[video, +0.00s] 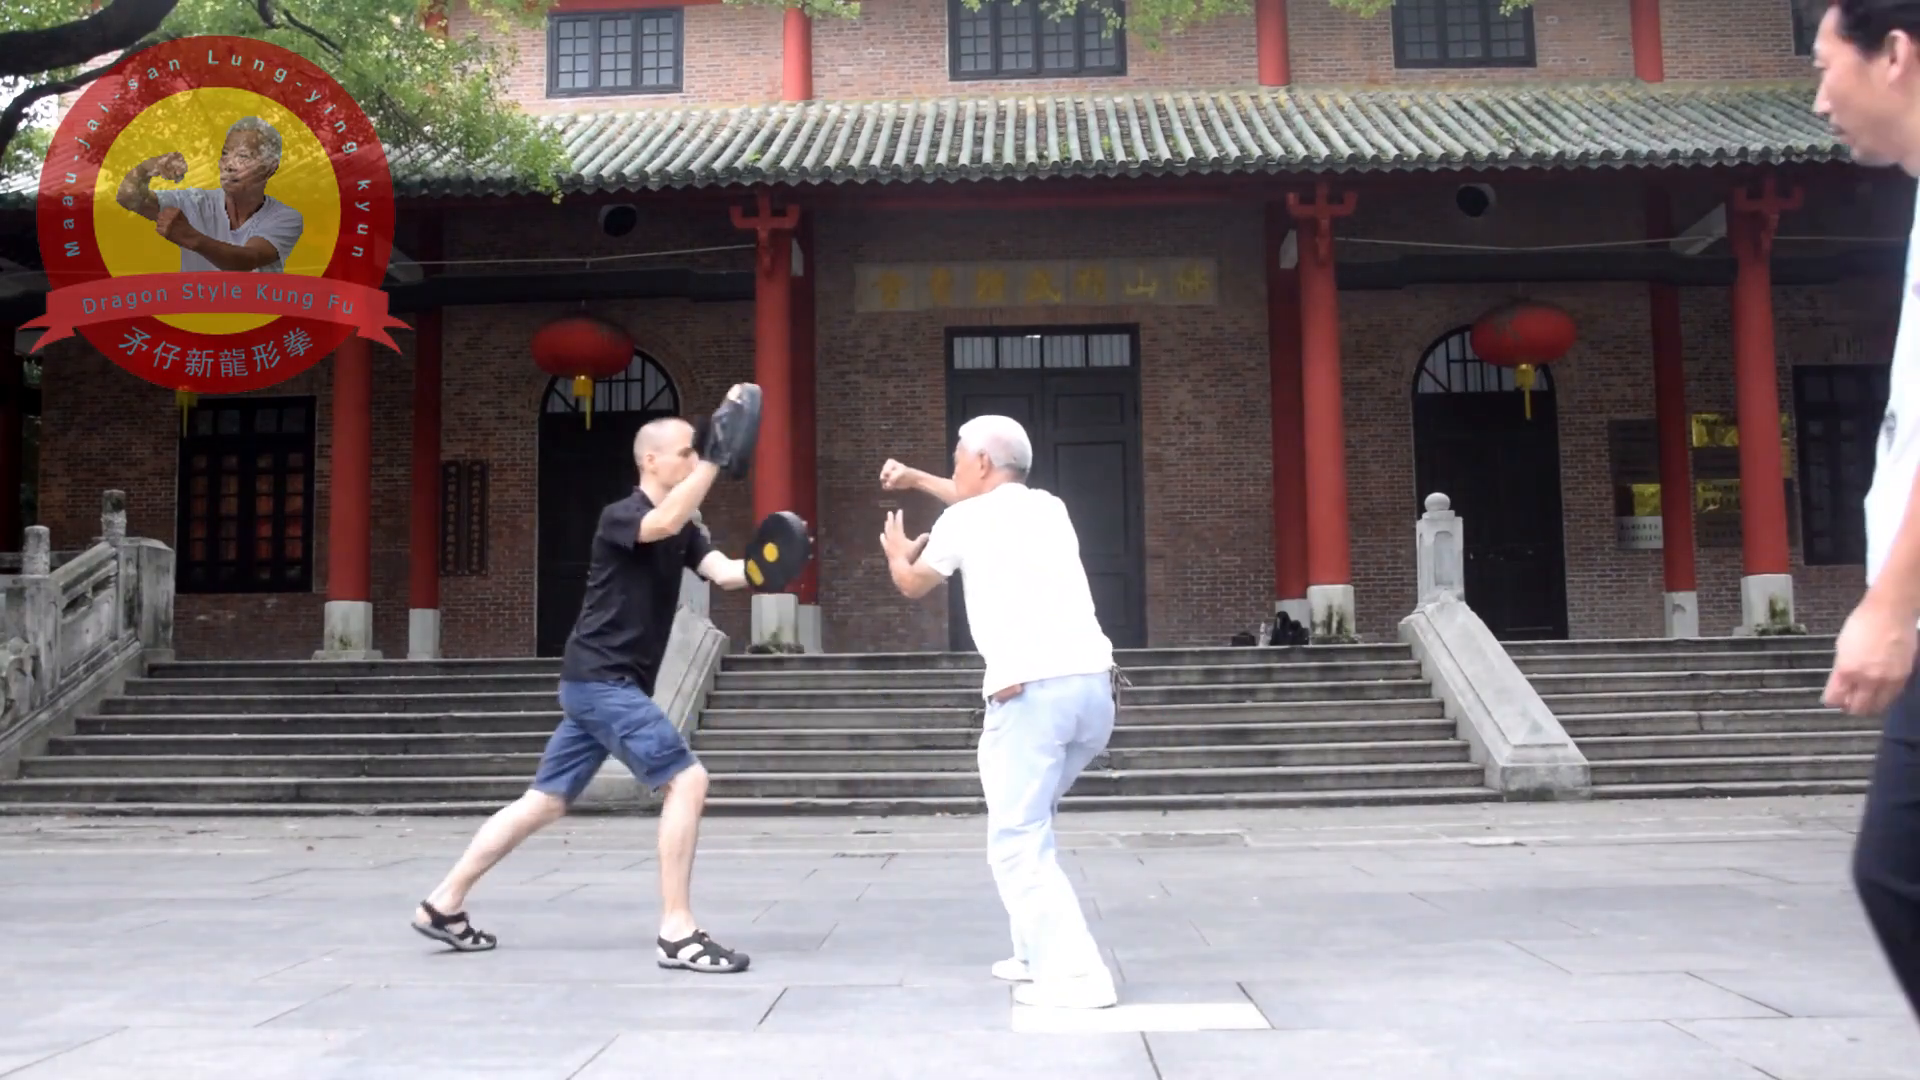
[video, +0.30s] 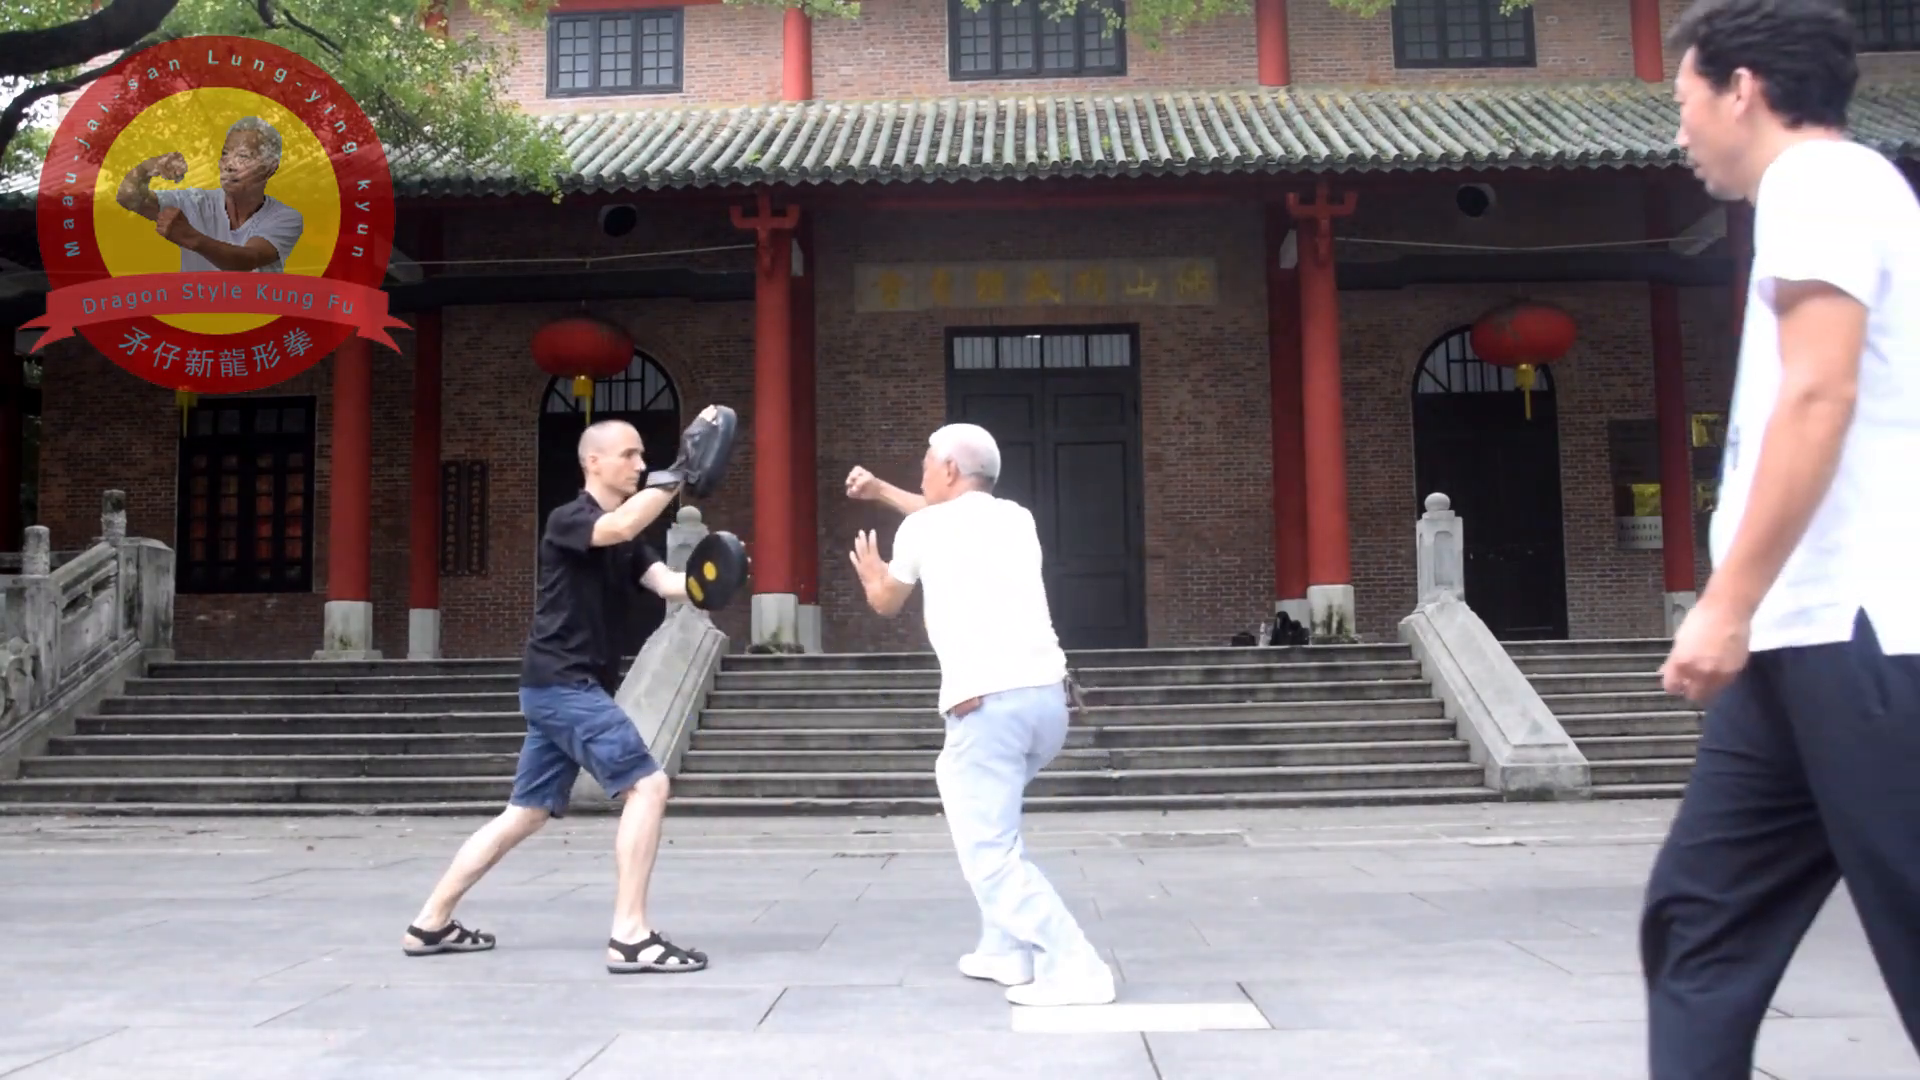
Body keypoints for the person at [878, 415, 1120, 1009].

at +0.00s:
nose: (953, 468)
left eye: (957, 457)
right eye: (955, 457)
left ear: (982, 463)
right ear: (1015, 465)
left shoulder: (967, 517)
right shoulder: (1052, 507)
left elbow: (913, 583)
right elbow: (979, 500)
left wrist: (895, 552)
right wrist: (918, 479)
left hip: (1027, 698)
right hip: (1096, 693)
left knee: (1016, 844)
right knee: (1029, 822)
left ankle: (1077, 977)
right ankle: (1036, 952)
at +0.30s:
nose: (923, 472)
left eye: (927, 462)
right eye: (925, 461)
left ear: (948, 471)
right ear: (983, 476)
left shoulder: (923, 525)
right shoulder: (1019, 518)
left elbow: (885, 601)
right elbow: (946, 511)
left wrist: (870, 575)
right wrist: (882, 491)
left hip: (985, 705)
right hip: (1049, 700)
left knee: (990, 857)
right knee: (994, 828)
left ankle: (1077, 970)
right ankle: (1003, 950)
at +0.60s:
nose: (829, 489)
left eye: (837, 479)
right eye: (833, 479)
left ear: (863, 491)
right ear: (880, 493)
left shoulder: (832, 542)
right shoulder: (925, 544)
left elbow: (754, 574)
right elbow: (966, 509)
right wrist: (952, 450)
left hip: (869, 731)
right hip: (901, 724)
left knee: (930, 842)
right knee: (791, 810)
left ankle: (1043, 940)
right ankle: (748, 927)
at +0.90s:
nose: (755, 489)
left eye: (765, 481)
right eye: (758, 479)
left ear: (800, 495)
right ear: (788, 492)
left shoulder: (827, 548)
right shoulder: (760, 537)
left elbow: (754, 605)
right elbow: (684, 542)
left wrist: (660, 626)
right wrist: (623, 513)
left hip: (835, 721)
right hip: (780, 718)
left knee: (846, 841)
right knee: (709, 811)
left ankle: (899, 910)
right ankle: (737, 935)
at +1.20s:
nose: (757, 491)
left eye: (767, 481)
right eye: (759, 480)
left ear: (802, 491)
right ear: (791, 491)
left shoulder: (836, 547)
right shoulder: (764, 543)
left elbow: (784, 611)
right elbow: (690, 561)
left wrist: (706, 596)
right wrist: (647, 513)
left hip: (836, 717)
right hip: (772, 711)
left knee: (855, 838)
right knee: (733, 818)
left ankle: (876, 923)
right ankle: (703, 932)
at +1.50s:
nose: (756, 489)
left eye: (767, 480)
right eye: (758, 479)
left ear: (801, 490)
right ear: (788, 490)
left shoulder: (837, 547)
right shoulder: (760, 543)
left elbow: (790, 614)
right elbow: (690, 556)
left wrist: (710, 599)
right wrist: (643, 508)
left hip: (833, 711)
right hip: (769, 706)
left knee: (852, 829)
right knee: (730, 811)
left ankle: (877, 923)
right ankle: (705, 931)